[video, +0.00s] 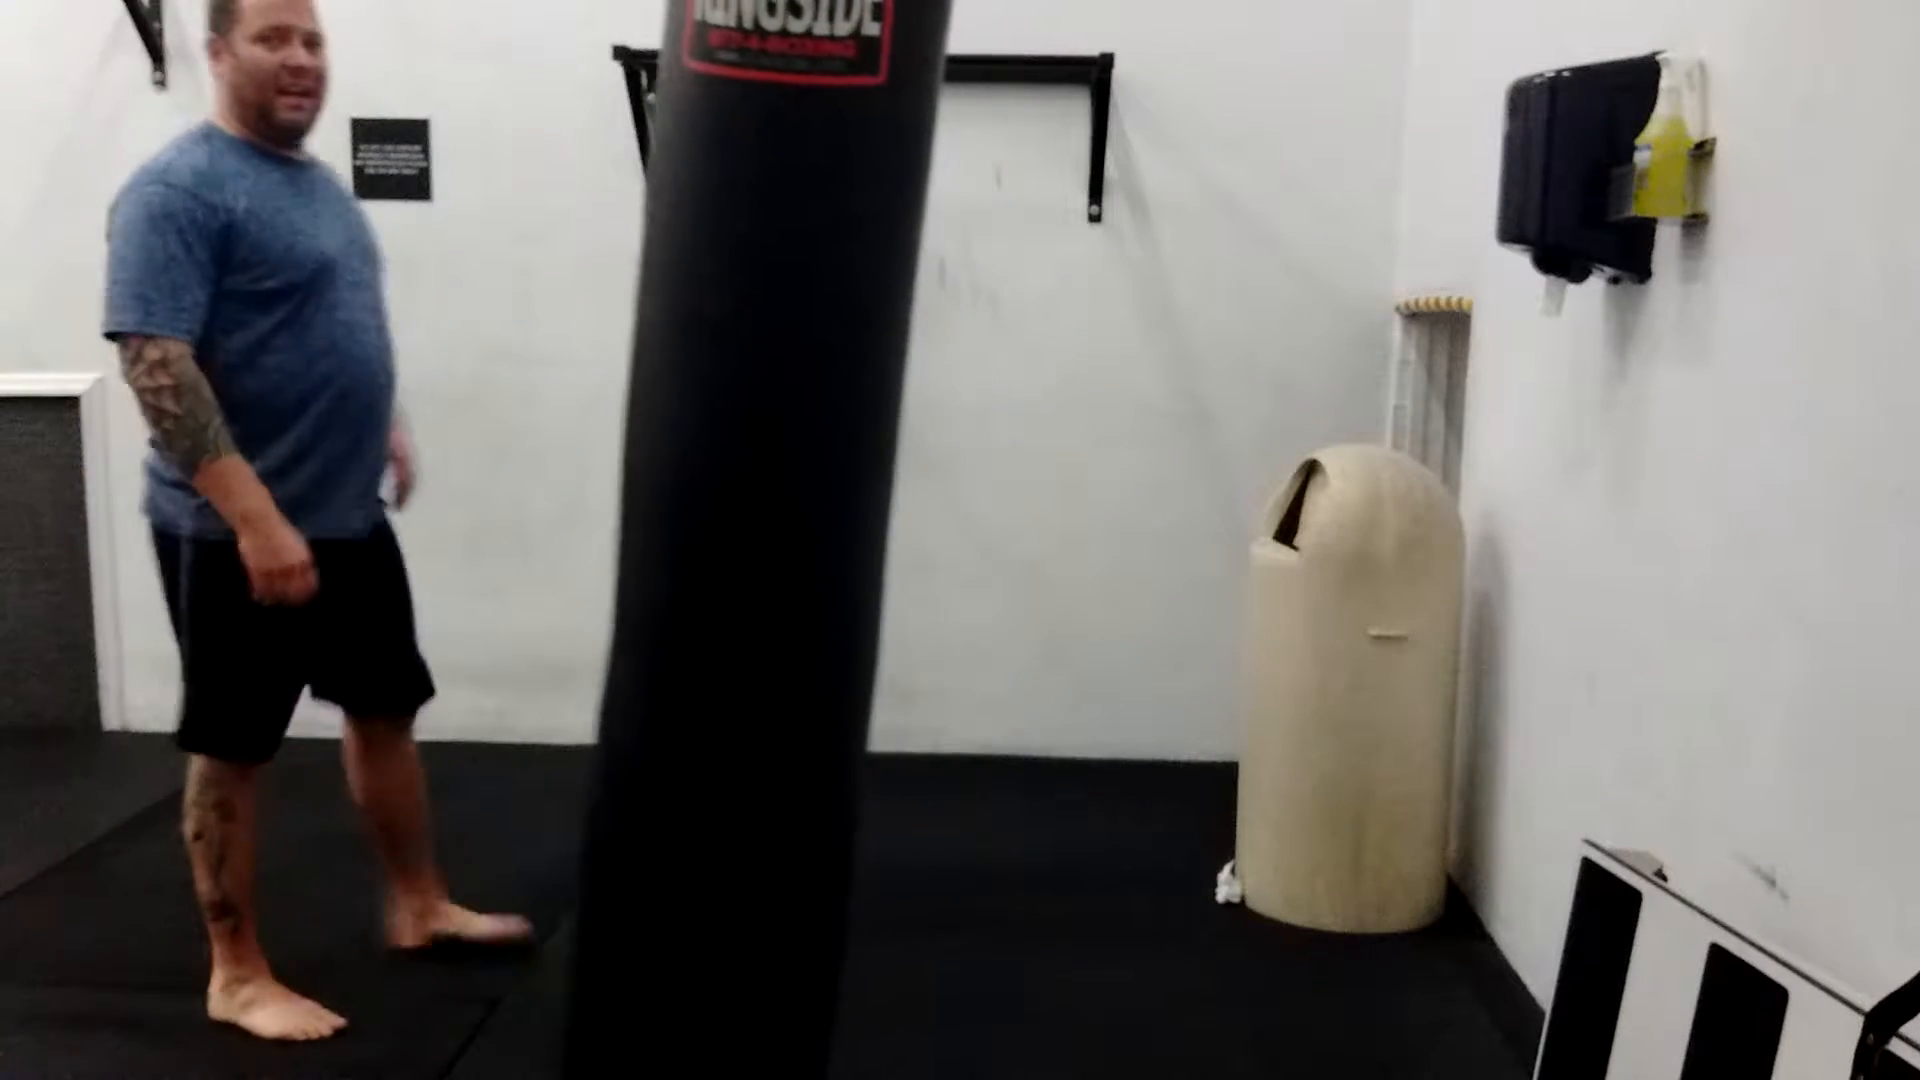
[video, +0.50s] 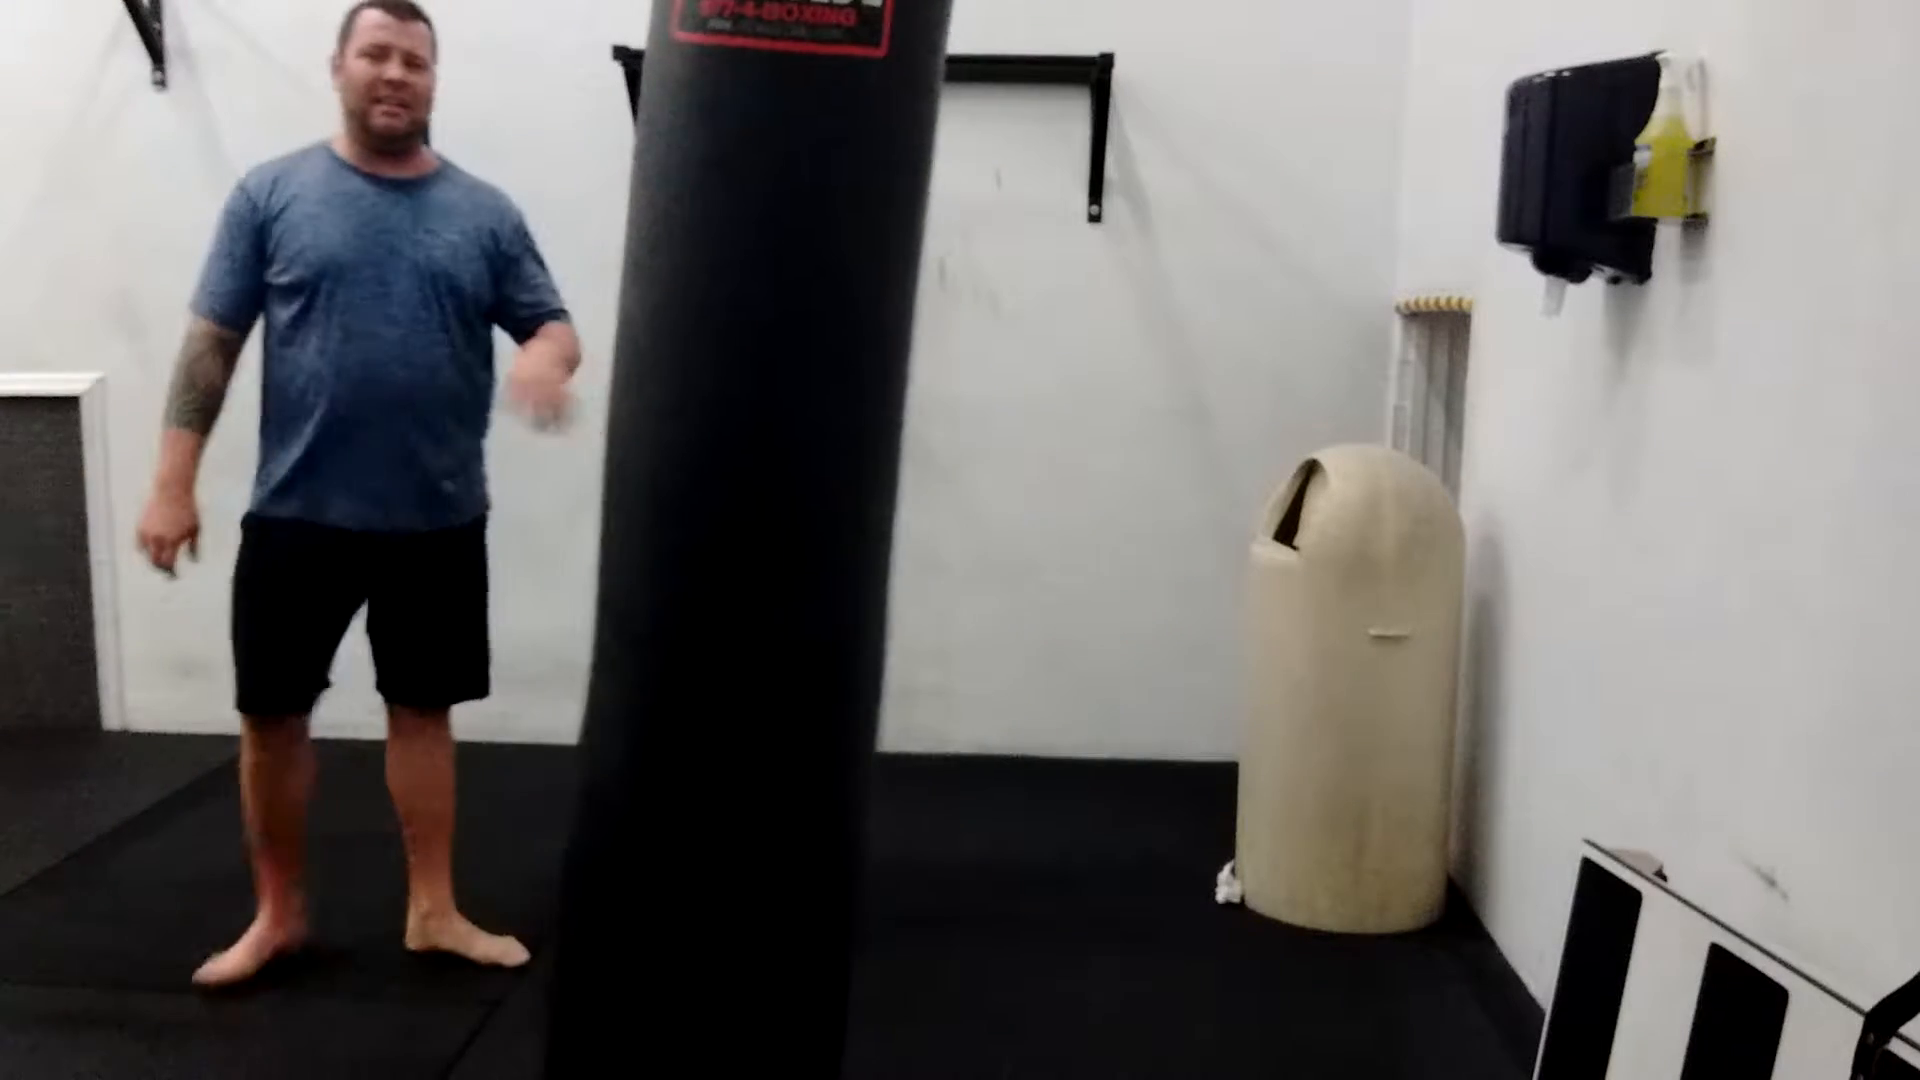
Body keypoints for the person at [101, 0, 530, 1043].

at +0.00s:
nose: (301, 63)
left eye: (313, 42)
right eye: (274, 40)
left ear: (326, 54)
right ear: (218, 53)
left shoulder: (317, 183)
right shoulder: (174, 191)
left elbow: (331, 325)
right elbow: (157, 369)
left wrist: (379, 423)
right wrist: (251, 514)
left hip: (347, 517)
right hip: (231, 530)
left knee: (385, 709)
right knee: (228, 751)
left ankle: (419, 907)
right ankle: (236, 976)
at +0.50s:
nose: (395, 74)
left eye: (413, 61)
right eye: (376, 56)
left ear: (435, 85)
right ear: (336, 71)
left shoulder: (484, 213)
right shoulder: (271, 195)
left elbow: (551, 329)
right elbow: (212, 343)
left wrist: (543, 364)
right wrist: (171, 484)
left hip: (434, 510)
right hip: (299, 504)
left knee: (424, 712)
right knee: (270, 718)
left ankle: (434, 911)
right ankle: (278, 914)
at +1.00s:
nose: (357, 86)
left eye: (372, 73)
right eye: (338, 72)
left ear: (397, 95)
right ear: (305, 92)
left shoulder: (463, 208)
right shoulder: (266, 214)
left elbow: (532, 330)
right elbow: (221, 347)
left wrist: (467, 403)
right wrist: (225, 478)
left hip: (447, 488)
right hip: (333, 492)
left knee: (459, 675)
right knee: (363, 674)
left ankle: (471, 871)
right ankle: (374, 846)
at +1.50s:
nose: (395, 89)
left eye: (410, 75)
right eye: (374, 74)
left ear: (432, 94)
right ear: (340, 95)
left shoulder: (499, 213)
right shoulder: (297, 218)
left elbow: (568, 334)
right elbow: (251, 354)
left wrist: (536, 402)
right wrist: (287, 472)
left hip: (475, 497)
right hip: (347, 502)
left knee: (478, 689)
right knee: (344, 687)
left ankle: (482, 873)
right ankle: (375, 844)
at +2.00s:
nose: (367, 83)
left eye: (384, 68)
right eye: (347, 65)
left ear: (406, 88)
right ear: (308, 83)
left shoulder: (466, 214)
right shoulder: (256, 216)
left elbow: (541, 345)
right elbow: (193, 356)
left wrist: (497, 398)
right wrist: (238, 443)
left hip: (438, 519)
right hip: (304, 525)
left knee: (460, 716)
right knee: (298, 740)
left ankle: (476, 869)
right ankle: (278, 967)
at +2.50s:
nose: (320, 56)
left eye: (336, 36)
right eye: (294, 39)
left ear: (360, 52)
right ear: (255, 61)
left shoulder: (442, 181)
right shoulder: (210, 197)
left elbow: (538, 314)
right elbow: (110, 332)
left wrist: (487, 411)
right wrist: (196, 439)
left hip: (429, 526)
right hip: (283, 532)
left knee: (468, 750)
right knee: (291, 757)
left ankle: (516, 961)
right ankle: (280, 967)